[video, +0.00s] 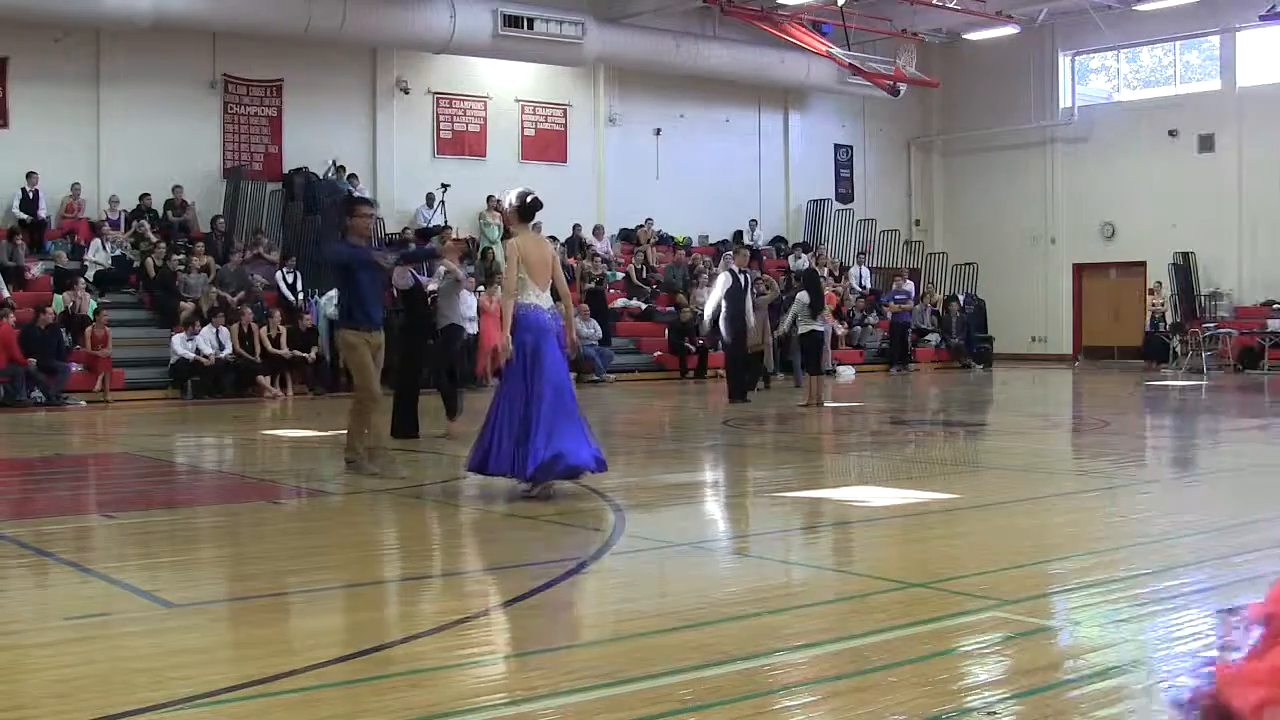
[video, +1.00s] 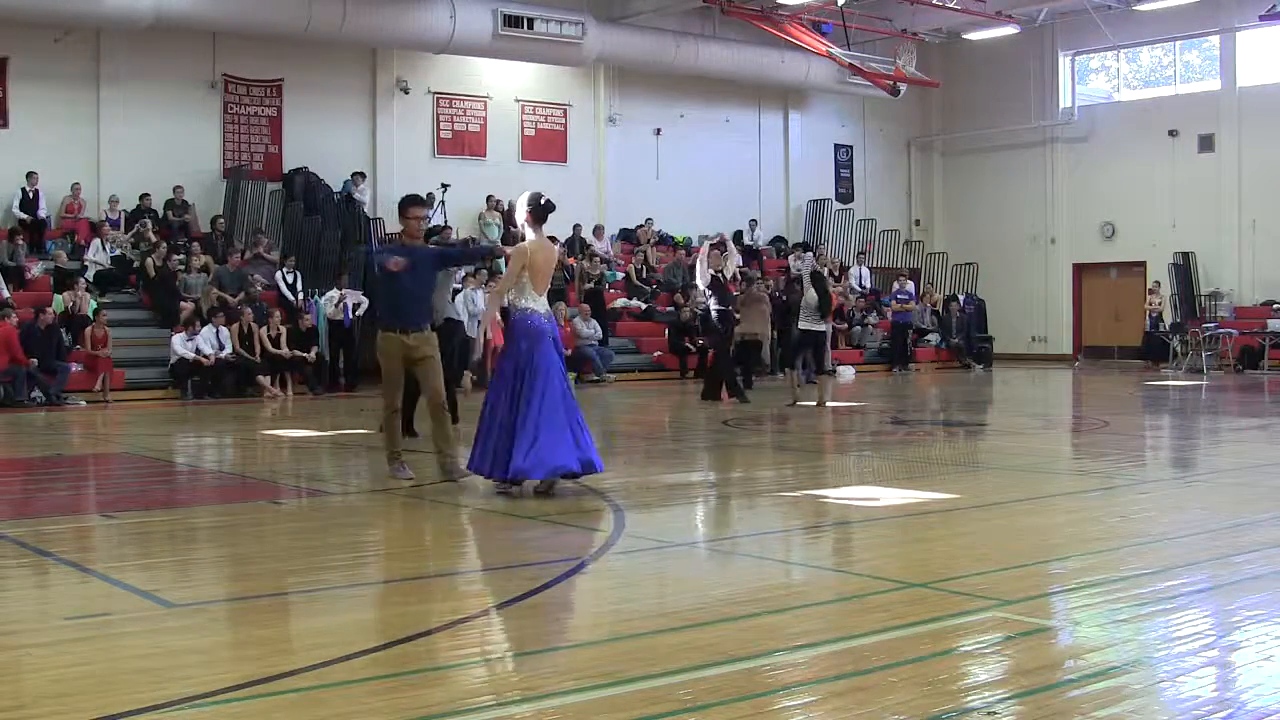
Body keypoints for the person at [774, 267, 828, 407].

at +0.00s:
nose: (800, 281)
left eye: (802, 279)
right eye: (801, 279)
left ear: (805, 280)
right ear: (817, 280)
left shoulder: (801, 296)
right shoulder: (820, 295)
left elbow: (792, 314)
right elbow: (825, 315)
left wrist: (782, 329)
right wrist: (836, 328)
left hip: (806, 332)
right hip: (819, 332)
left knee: (810, 368)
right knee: (817, 367)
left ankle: (811, 398)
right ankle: (819, 397)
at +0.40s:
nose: (801, 281)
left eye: (802, 279)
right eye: (802, 279)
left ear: (805, 279)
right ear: (817, 279)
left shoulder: (802, 294)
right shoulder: (822, 293)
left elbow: (795, 312)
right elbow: (823, 314)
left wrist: (789, 326)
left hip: (807, 331)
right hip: (820, 331)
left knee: (811, 367)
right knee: (818, 367)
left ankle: (811, 397)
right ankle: (820, 397)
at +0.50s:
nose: (801, 282)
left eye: (802, 279)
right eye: (802, 279)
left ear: (805, 279)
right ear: (817, 279)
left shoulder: (801, 293)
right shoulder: (822, 293)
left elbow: (792, 310)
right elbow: (822, 313)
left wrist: (789, 316)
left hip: (807, 331)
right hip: (820, 330)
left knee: (810, 367)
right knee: (818, 367)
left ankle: (811, 398)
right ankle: (820, 398)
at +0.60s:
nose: (800, 282)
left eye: (801, 279)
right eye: (800, 279)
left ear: (806, 279)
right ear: (817, 278)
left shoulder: (804, 291)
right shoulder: (822, 292)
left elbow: (786, 297)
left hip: (808, 331)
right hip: (820, 331)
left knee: (810, 368)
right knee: (817, 368)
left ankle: (811, 398)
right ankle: (820, 398)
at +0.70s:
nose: (804, 283)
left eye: (805, 279)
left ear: (808, 279)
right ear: (818, 278)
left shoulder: (808, 290)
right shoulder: (826, 292)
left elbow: (793, 281)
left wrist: (792, 276)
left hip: (807, 330)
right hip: (821, 330)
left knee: (802, 364)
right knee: (818, 367)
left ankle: (806, 396)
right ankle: (821, 398)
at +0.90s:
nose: (807, 281)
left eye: (808, 279)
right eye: (807, 278)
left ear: (811, 281)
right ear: (822, 280)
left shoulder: (809, 292)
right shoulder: (828, 295)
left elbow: (804, 274)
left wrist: (799, 257)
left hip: (807, 330)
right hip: (821, 331)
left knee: (795, 359)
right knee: (820, 367)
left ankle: (795, 392)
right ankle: (821, 398)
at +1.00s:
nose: (808, 282)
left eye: (809, 280)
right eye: (809, 279)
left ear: (812, 281)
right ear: (824, 282)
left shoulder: (809, 292)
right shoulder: (828, 296)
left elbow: (805, 272)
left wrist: (808, 256)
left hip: (805, 330)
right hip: (820, 331)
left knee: (791, 360)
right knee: (820, 367)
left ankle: (794, 393)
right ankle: (821, 398)